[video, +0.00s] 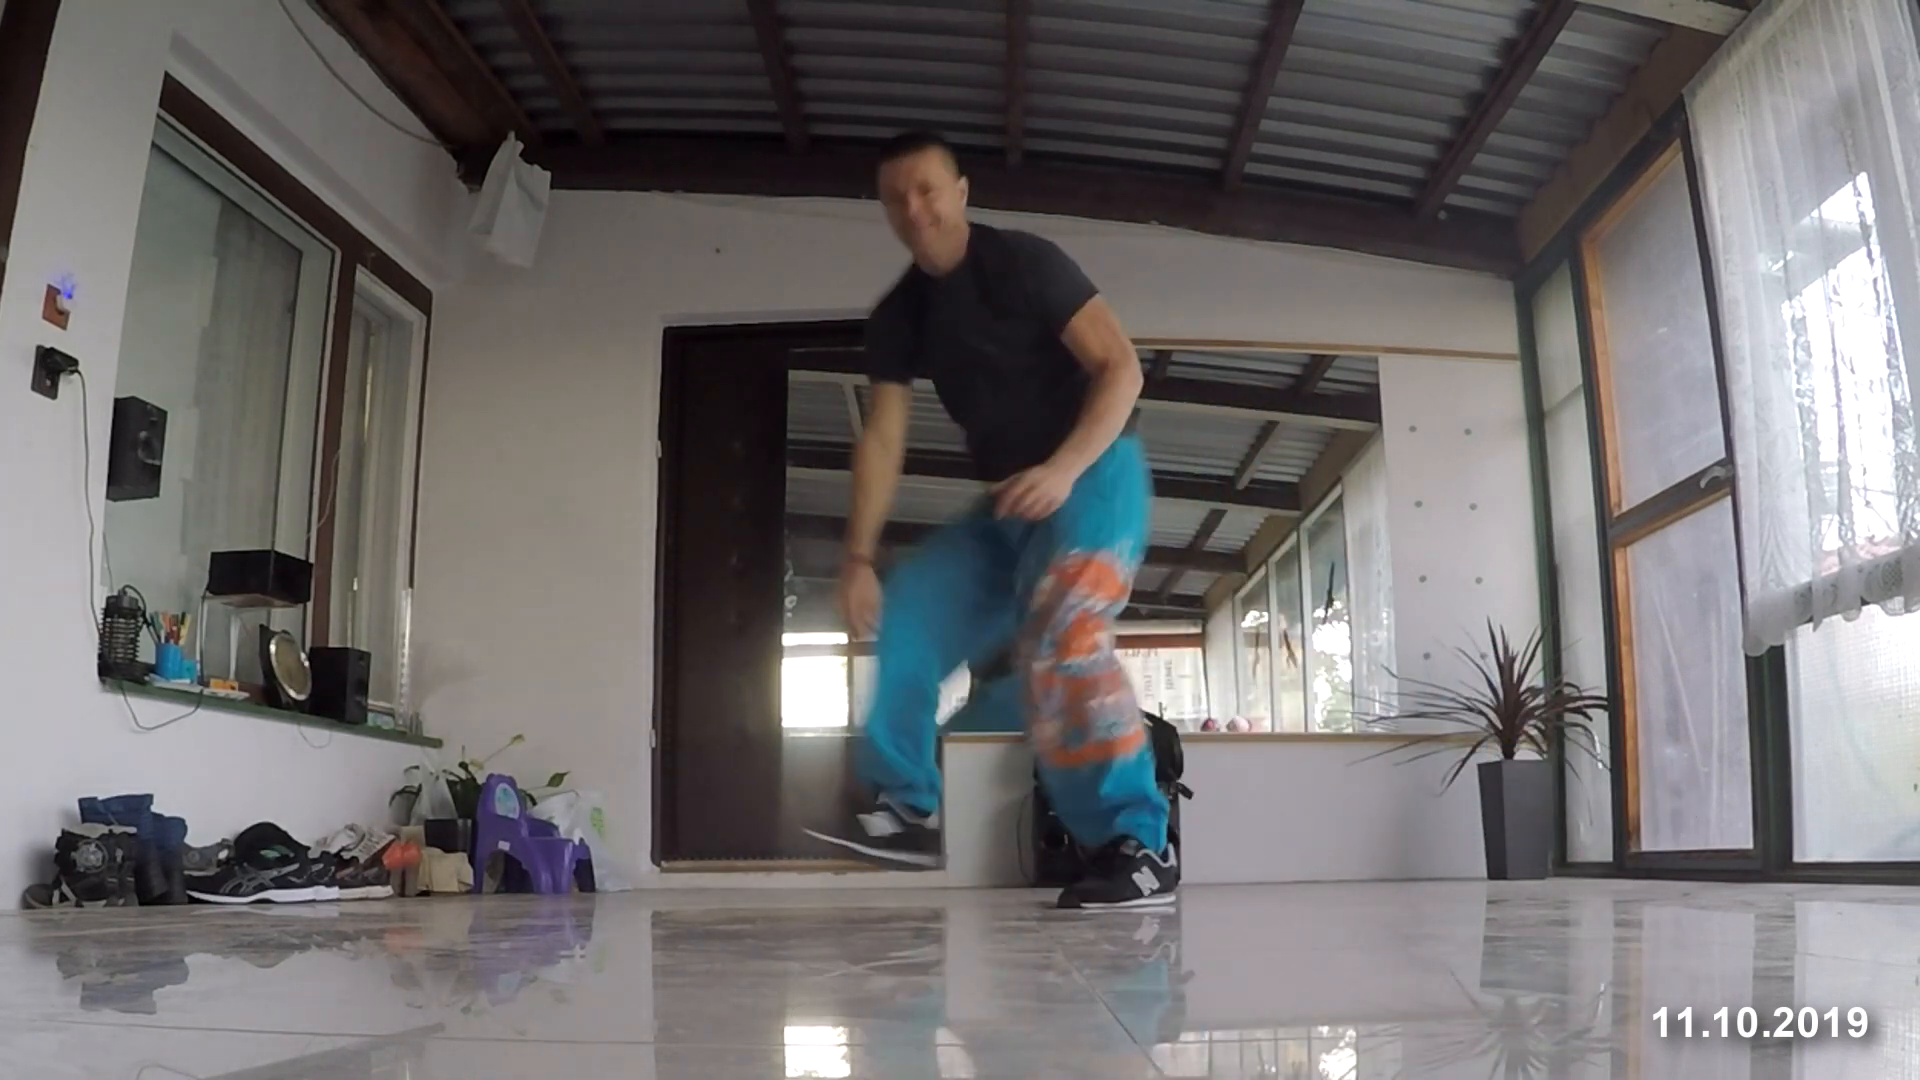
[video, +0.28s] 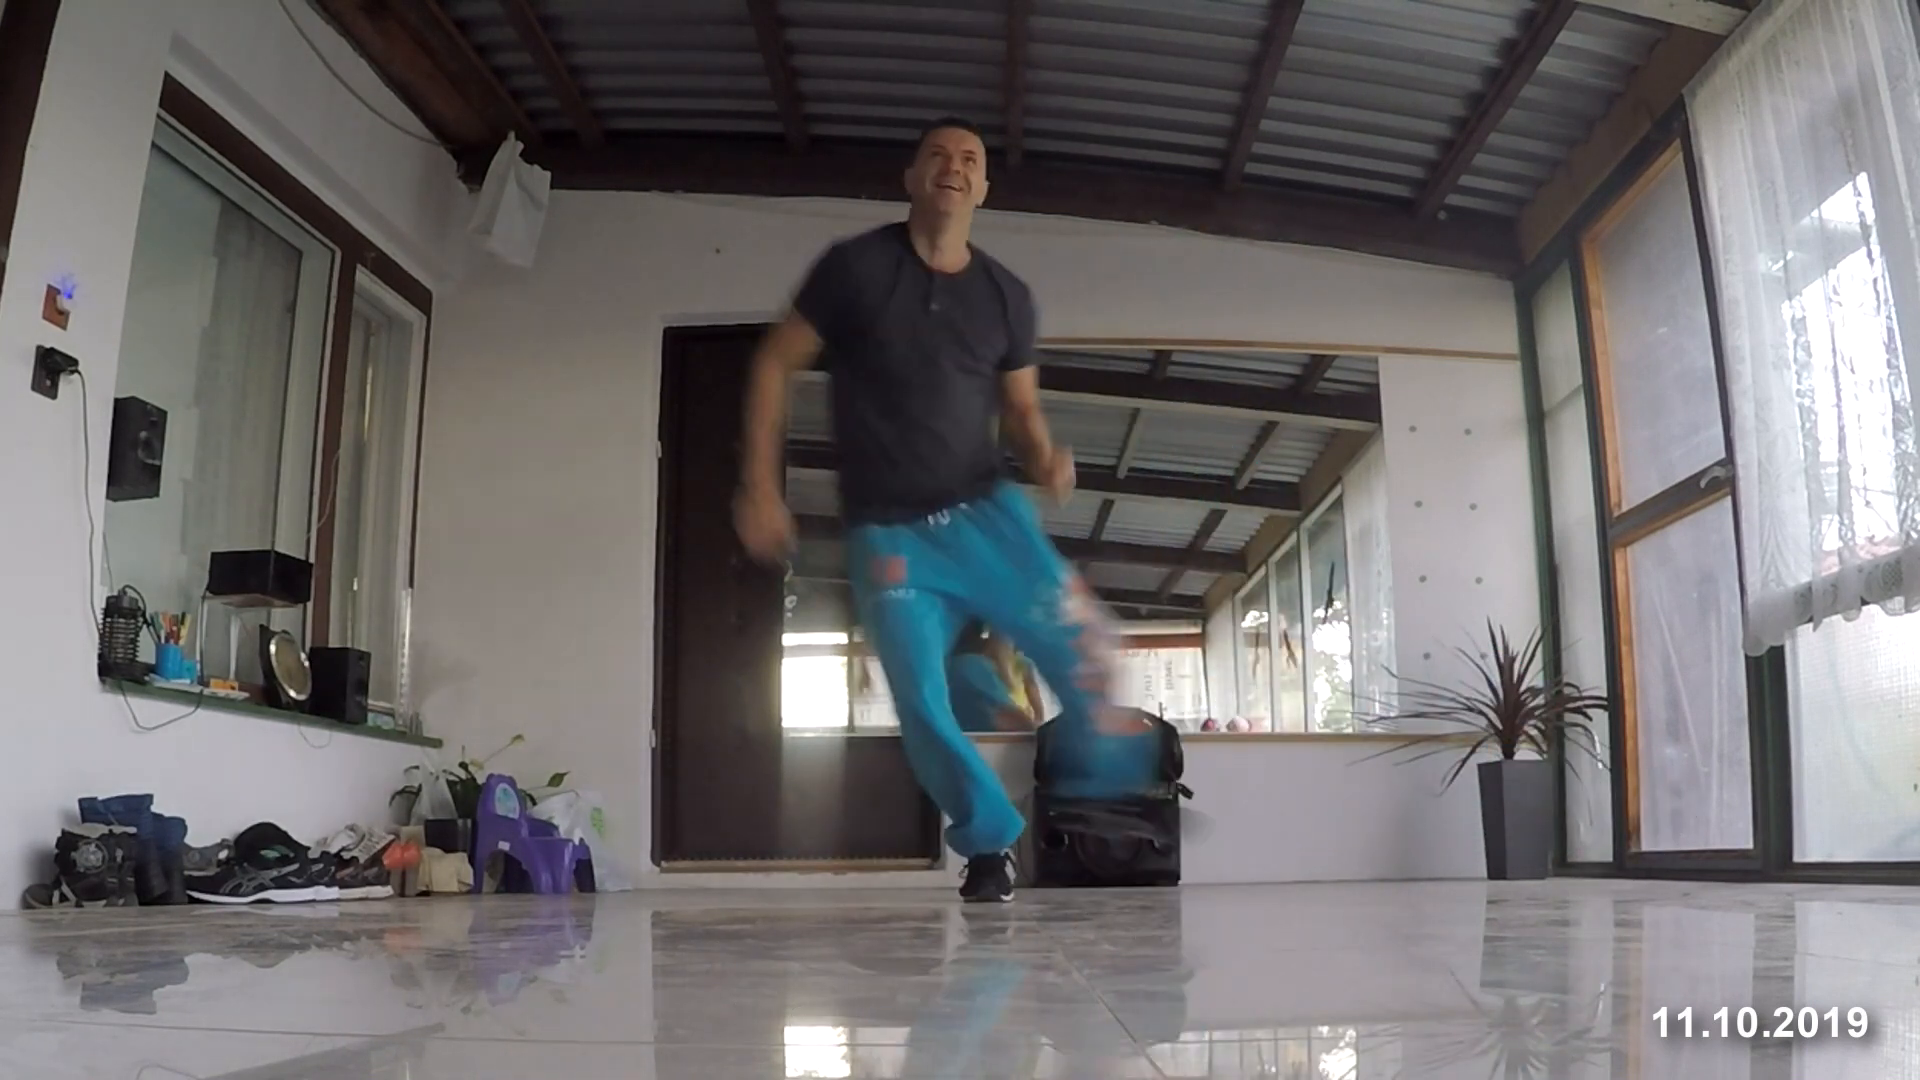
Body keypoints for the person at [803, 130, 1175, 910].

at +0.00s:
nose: (915, 210)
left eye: (928, 190)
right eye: (899, 200)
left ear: (961, 190)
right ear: (887, 214)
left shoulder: (1026, 262)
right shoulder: (900, 315)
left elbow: (1121, 370)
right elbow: (882, 436)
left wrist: (1064, 467)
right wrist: (859, 557)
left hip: (1095, 477)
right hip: (1007, 503)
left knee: (1063, 639)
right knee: (909, 602)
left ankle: (1136, 848)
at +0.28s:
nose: (955, 167)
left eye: (969, 159)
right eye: (940, 156)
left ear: (984, 188)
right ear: (909, 180)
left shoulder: (1006, 294)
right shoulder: (853, 269)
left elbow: (1022, 406)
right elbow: (773, 360)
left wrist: (1045, 455)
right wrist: (762, 484)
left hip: (986, 511)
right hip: (888, 526)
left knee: (1086, 650)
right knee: (920, 699)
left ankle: (1080, 814)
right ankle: (988, 839)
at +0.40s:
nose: (956, 156)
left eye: (970, 151)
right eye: (943, 143)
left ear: (978, 180)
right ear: (908, 160)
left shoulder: (971, 284)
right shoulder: (841, 220)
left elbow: (981, 391)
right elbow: (742, 272)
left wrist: (1020, 401)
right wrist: (700, 370)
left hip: (913, 472)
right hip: (833, 459)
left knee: (945, 623)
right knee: (906, 635)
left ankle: (874, 762)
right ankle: (945, 828)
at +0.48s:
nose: (955, 172)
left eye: (968, 168)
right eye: (943, 156)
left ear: (971, 194)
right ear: (907, 167)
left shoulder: (946, 295)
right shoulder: (844, 215)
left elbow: (947, 408)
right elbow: (722, 253)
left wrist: (1005, 437)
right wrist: (677, 351)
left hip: (861, 470)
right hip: (794, 447)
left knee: (867, 636)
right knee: (873, 631)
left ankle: (772, 779)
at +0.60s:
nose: (949, 260)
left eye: (959, 251)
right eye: (942, 242)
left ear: (956, 262)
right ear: (903, 232)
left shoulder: (895, 353)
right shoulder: (852, 269)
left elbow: (850, 464)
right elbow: (743, 282)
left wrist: (883, 552)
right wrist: (695, 366)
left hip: (795, 511)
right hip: (740, 483)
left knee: (765, 683)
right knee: (751, 674)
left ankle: (698, 844)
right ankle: (606, 756)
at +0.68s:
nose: (942, 319)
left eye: (947, 306)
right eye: (935, 301)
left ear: (921, 310)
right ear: (898, 293)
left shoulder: (864, 372)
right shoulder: (856, 323)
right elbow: (777, 330)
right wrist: (744, 409)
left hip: (765, 565)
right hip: (716, 529)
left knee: (756, 709)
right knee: (665, 704)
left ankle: (687, 859)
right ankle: (498, 695)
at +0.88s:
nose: (897, 275)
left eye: (906, 268)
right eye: (895, 257)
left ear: (897, 268)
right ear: (862, 236)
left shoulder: (837, 317)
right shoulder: (816, 257)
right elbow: (727, 263)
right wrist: (753, 378)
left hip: (746, 522)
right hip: (691, 478)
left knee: (714, 685)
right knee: (591, 618)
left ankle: (689, 852)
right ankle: (421, 624)